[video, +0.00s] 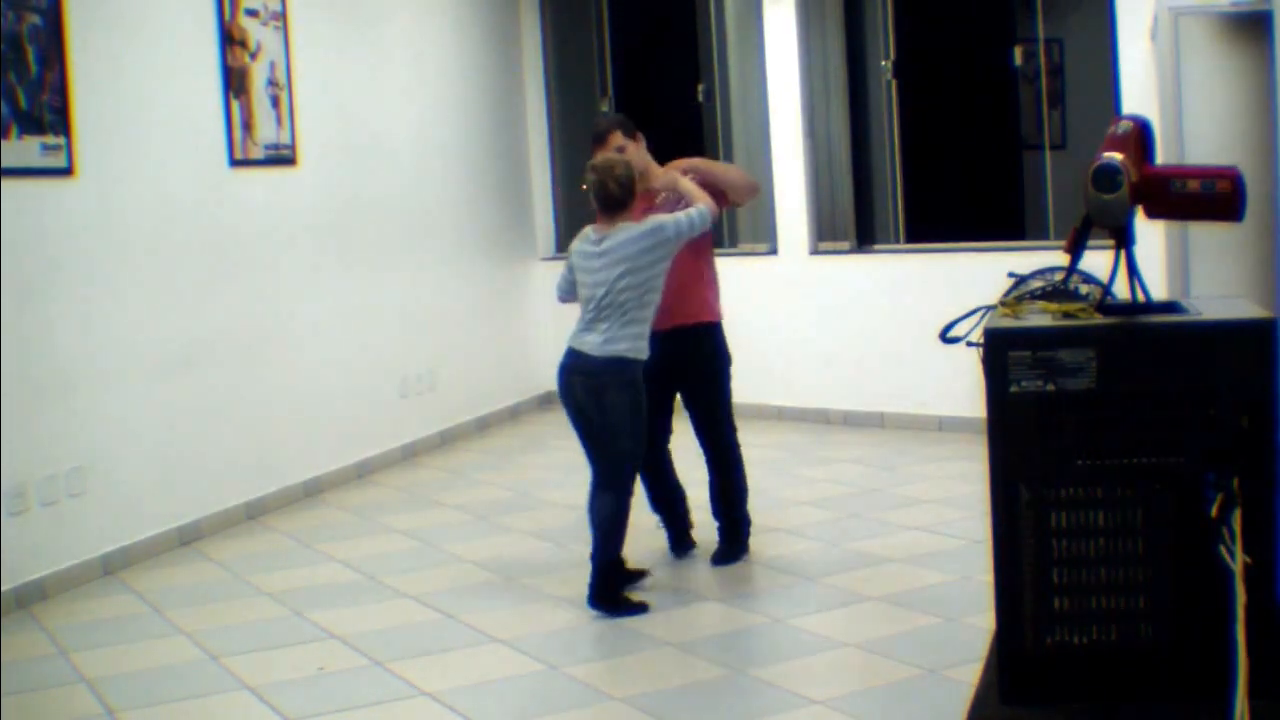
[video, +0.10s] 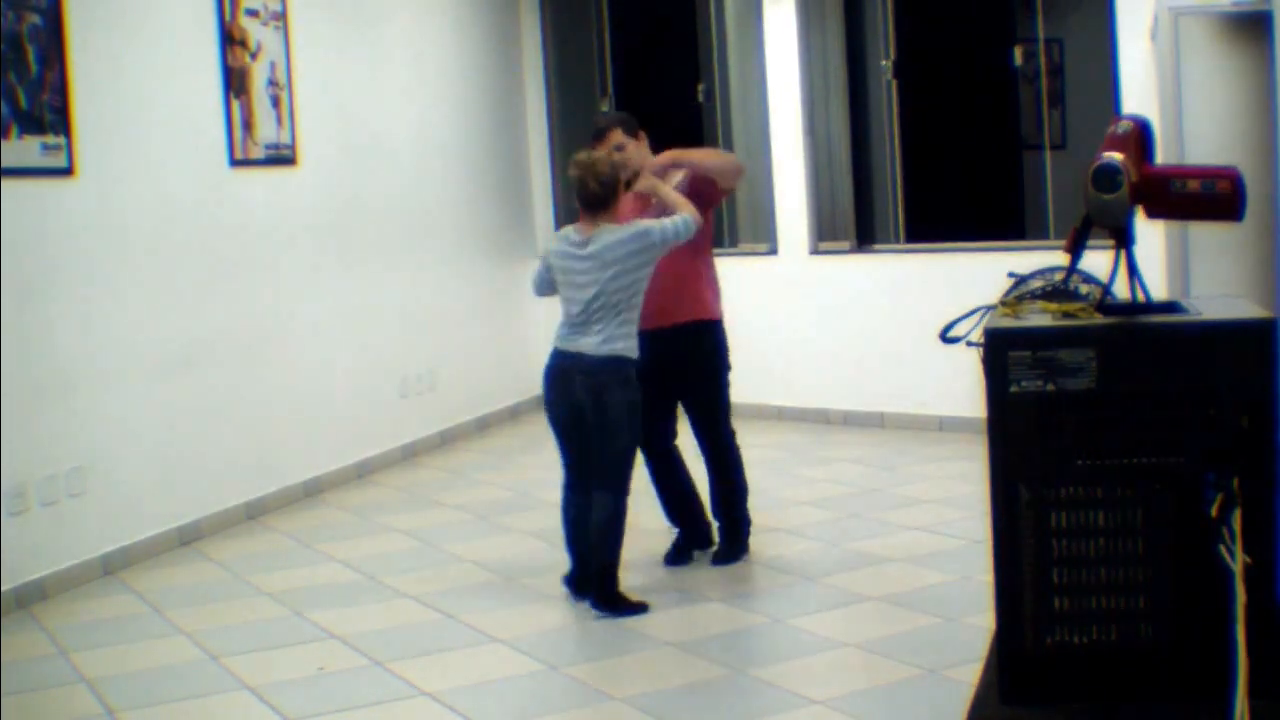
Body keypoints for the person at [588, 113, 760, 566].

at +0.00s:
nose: (619, 163)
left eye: (622, 151)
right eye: (608, 160)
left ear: (641, 142)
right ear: (603, 165)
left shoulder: (688, 184)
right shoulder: (618, 207)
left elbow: (746, 187)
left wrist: (690, 167)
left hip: (697, 331)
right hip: (643, 337)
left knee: (717, 438)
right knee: (648, 446)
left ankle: (734, 533)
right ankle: (677, 530)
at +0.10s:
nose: (619, 160)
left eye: (622, 148)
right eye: (609, 156)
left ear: (644, 142)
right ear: (604, 164)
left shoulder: (684, 184)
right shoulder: (611, 206)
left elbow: (732, 169)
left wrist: (672, 159)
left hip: (696, 325)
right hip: (643, 332)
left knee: (714, 434)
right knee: (653, 440)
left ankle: (733, 531)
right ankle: (691, 528)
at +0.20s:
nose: (614, 161)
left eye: (618, 149)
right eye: (605, 156)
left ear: (640, 145)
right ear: (602, 166)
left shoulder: (682, 184)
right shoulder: (623, 209)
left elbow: (704, 151)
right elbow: (622, 274)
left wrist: (641, 154)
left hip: (695, 325)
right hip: (647, 333)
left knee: (702, 435)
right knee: (665, 444)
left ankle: (733, 529)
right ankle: (695, 528)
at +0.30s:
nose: (605, 169)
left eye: (609, 155)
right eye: (600, 162)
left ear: (631, 146)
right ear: (605, 165)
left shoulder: (676, 185)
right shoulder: (635, 204)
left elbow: (670, 137)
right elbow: (647, 268)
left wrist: (607, 148)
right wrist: (613, 306)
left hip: (693, 325)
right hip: (653, 332)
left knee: (690, 435)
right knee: (666, 440)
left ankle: (735, 519)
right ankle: (696, 526)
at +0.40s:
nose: (604, 158)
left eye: (611, 147)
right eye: (599, 152)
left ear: (638, 147)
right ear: (601, 159)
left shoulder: (668, 184)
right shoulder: (630, 204)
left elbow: (648, 137)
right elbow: (648, 271)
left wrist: (580, 131)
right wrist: (616, 307)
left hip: (694, 330)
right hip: (656, 335)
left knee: (685, 438)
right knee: (668, 439)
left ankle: (729, 542)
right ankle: (695, 530)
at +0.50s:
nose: (599, 158)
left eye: (606, 147)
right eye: (596, 151)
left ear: (631, 144)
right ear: (600, 158)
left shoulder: (663, 182)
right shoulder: (633, 199)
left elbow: (632, 132)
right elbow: (649, 270)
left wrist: (565, 121)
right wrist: (618, 309)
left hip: (690, 335)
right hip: (658, 338)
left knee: (689, 445)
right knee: (671, 443)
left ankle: (714, 558)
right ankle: (695, 535)